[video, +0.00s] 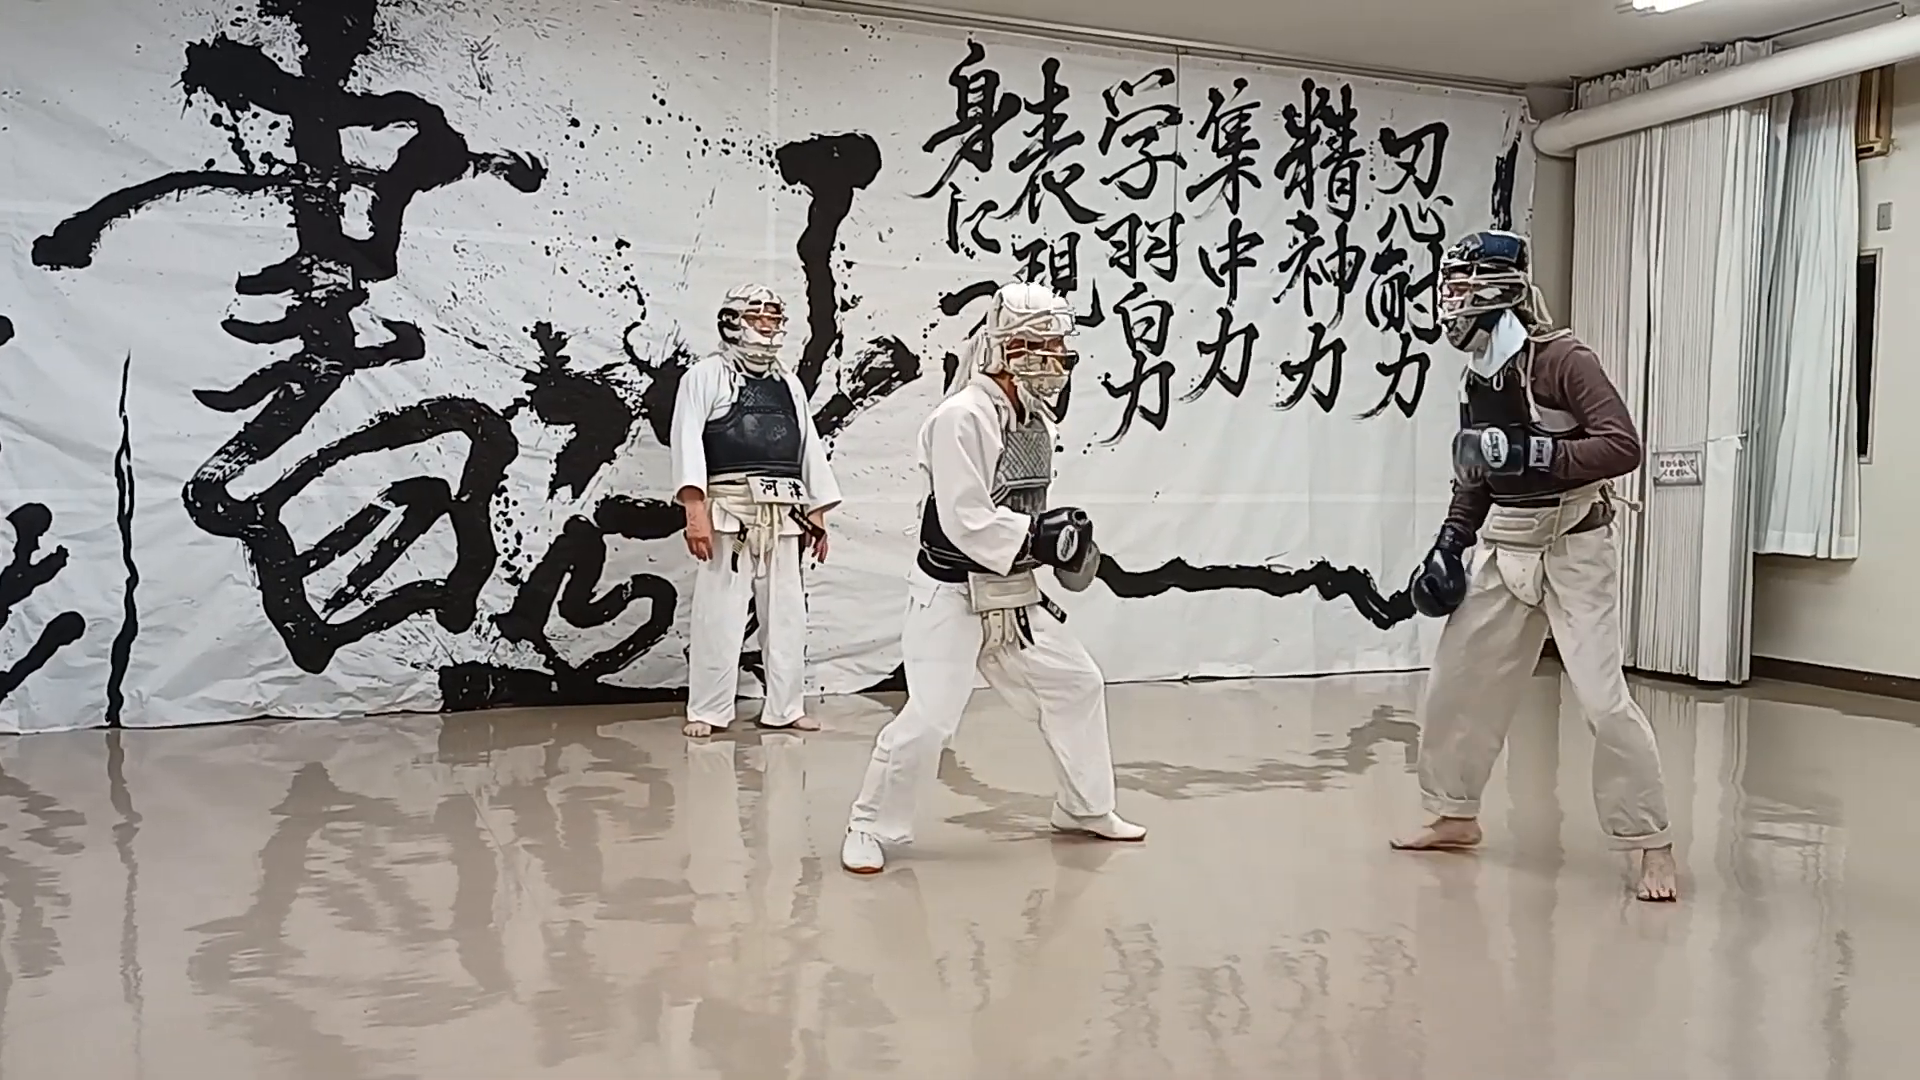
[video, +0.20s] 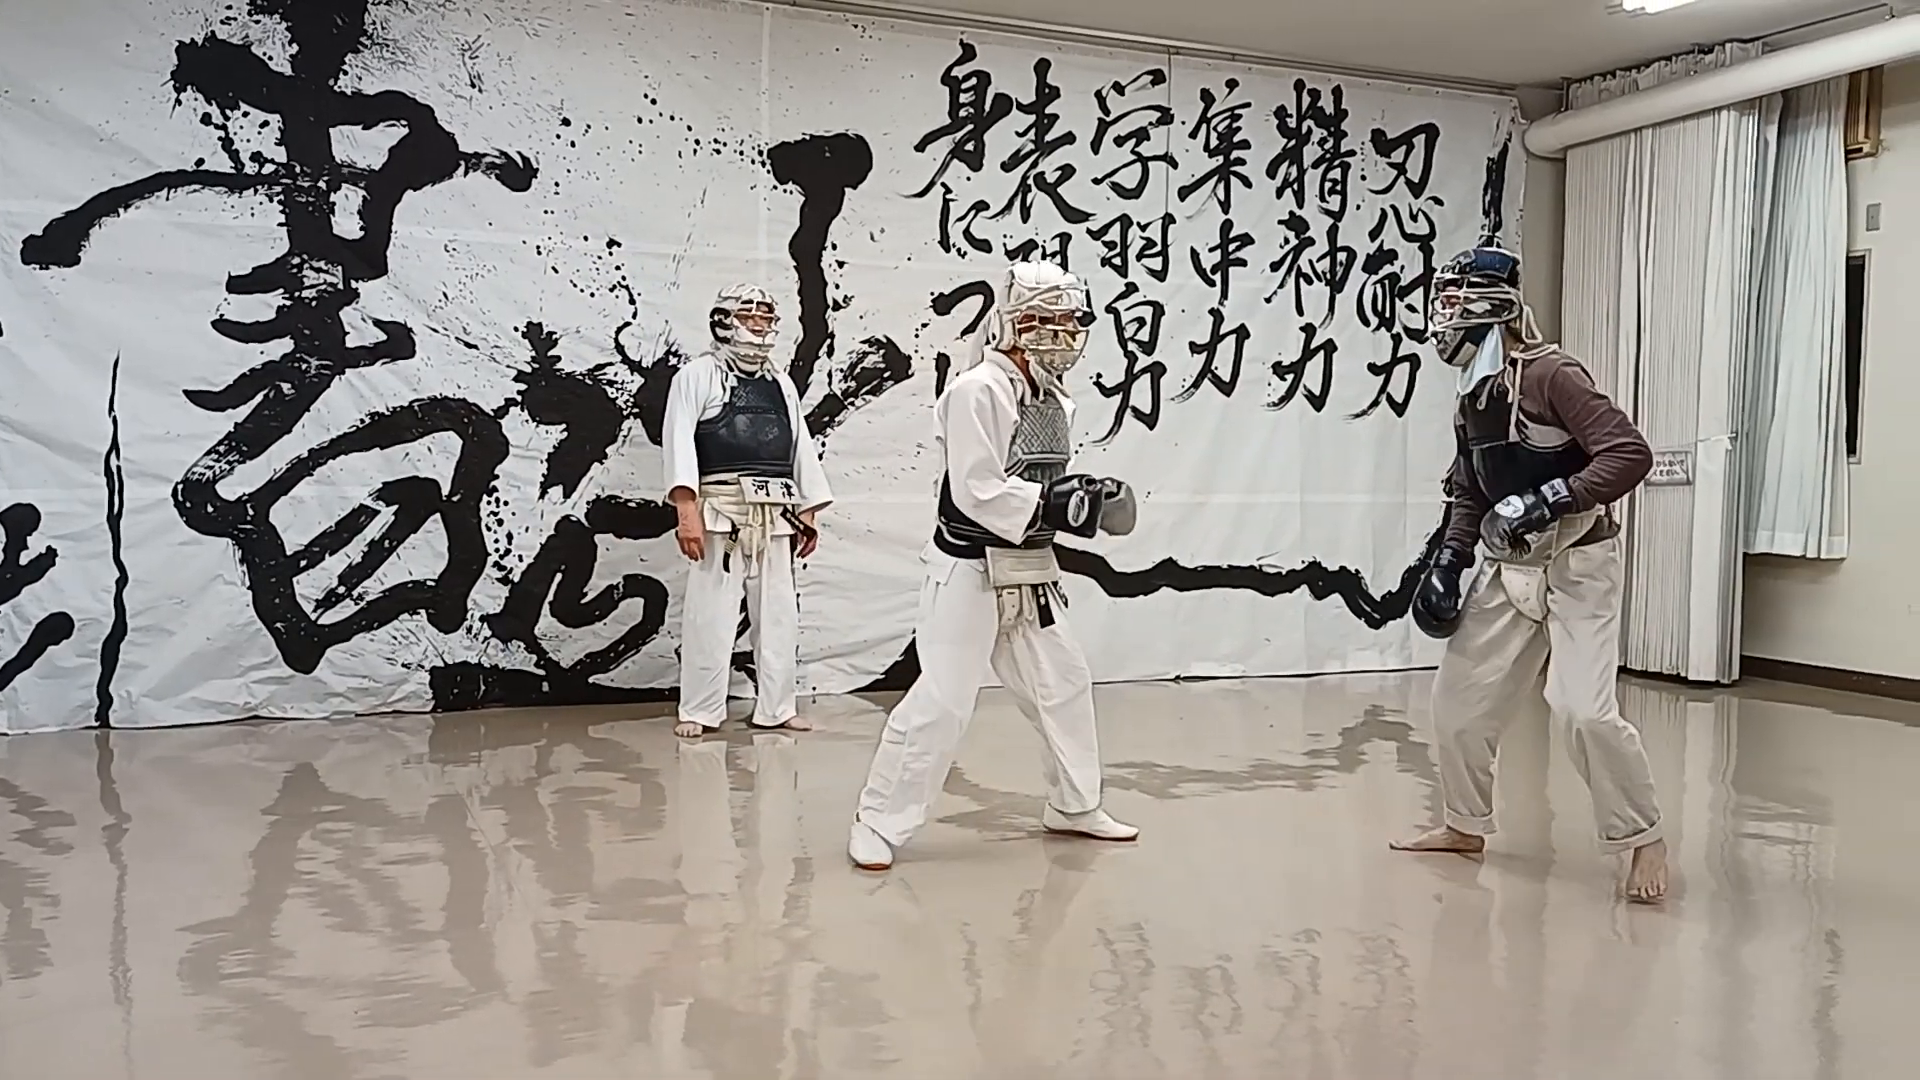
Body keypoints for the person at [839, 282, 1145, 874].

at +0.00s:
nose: (1054, 358)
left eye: (1059, 347)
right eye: (1040, 346)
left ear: (1063, 352)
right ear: (1007, 351)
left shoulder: (1036, 419)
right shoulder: (962, 417)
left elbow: (1022, 502)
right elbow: (964, 519)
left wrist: (1053, 534)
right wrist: (1037, 539)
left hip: (1009, 585)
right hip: (948, 592)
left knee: (1077, 681)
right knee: (930, 719)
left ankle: (1083, 810)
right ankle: (868, 828)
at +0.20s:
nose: (1061, 332)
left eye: (1069, 321)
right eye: (1047, 321)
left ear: (1076, 326)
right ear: (1015, 324)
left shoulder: (1049, 394)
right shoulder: (977, 390)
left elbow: (1040, 477)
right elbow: (976, 489)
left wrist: (1082, 499)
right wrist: (1056, 505)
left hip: (1025, 564)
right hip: (967, 567)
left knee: (1065, 683)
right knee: (942, 700)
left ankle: (1074, 807)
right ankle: (877, 826)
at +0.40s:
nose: (1067, 358)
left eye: (1072, 347)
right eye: (1053, 346)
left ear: (1078, 352)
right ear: (1020, 350)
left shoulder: (1044, 417)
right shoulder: (985, 414)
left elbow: (1030, 505)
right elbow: (986, 514)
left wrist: (1075, 532)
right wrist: (1064, 529)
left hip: (1024, 592)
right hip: (969, 594)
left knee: (1113, 672)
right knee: (944, 724)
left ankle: (1089, 786)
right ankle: (874, 817)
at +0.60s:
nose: (1102, 356)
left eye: (1107, 345)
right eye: (1089, 344)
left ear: (1111, 350)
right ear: (1053, 348)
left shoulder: (1077, 416)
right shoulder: (1020, 411)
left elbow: (1060, 501)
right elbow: (1023, 509)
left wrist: (1112, 506)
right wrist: (1101, 510)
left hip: (1060, 585)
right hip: (1004, 588)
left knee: (1123, 689)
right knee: (993, 721)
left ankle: (1121, 811)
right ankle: (895, 805)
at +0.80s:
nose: (1078, 342)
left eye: (1087, 330)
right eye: (1062, 330)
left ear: (1096, 335)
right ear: (1031, 334)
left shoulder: (1085, 409)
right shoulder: (990, 401)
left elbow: (1099, 491)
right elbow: (990, 497)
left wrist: (1117, 536)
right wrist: (1073, 506)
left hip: (1060, 579)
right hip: (990, 580)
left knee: (1133, 685)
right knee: (983, 711)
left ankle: (1134, 809)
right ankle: (904, 828)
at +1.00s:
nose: (1072, 350)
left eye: (1084, 337)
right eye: (1056, 337)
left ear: (1098, 344)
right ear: (1029, 342)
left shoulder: (1098, 414)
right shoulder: (989, 408)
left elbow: (1102, 507)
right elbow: (970, 507)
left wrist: (1120, 548)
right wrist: (1036, 535)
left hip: (1073, 589)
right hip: (998, 592)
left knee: (1131, 705)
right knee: (974, 719)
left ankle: (1140, 823)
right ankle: (905, 833)